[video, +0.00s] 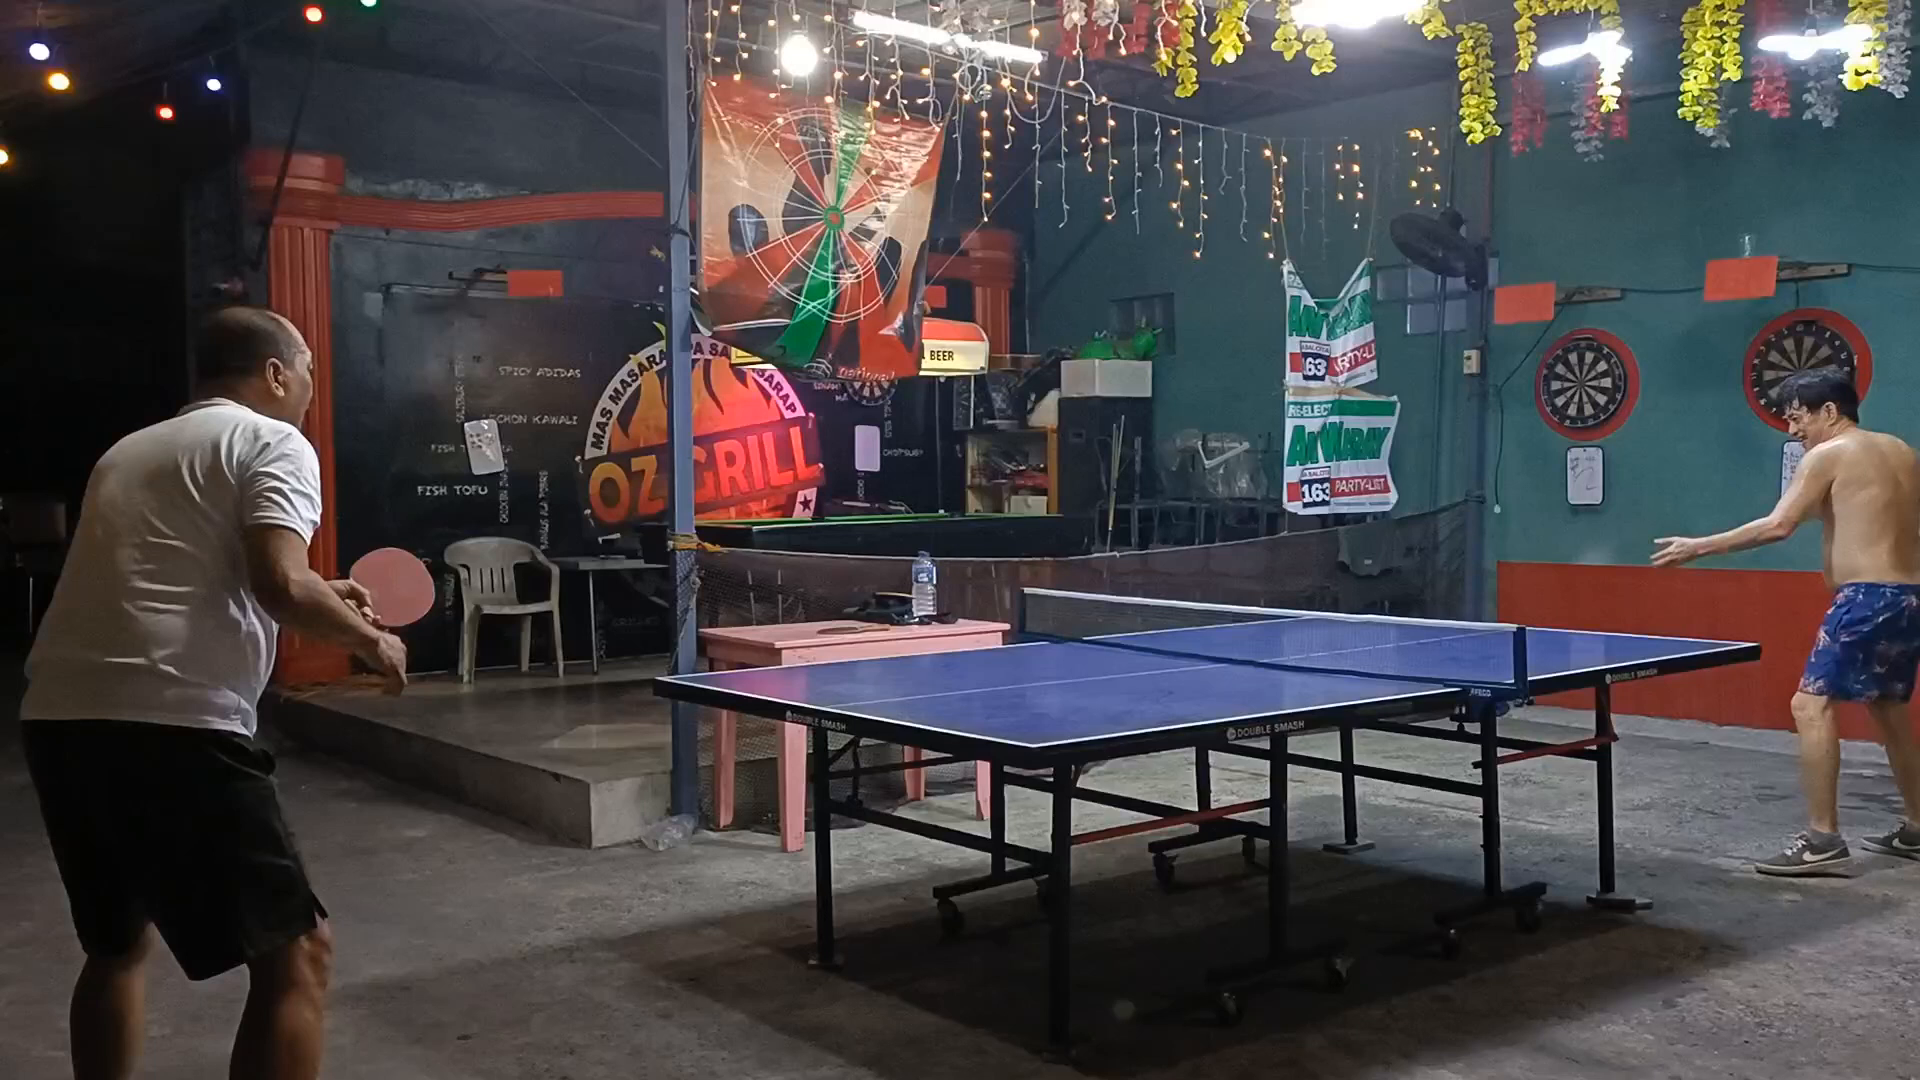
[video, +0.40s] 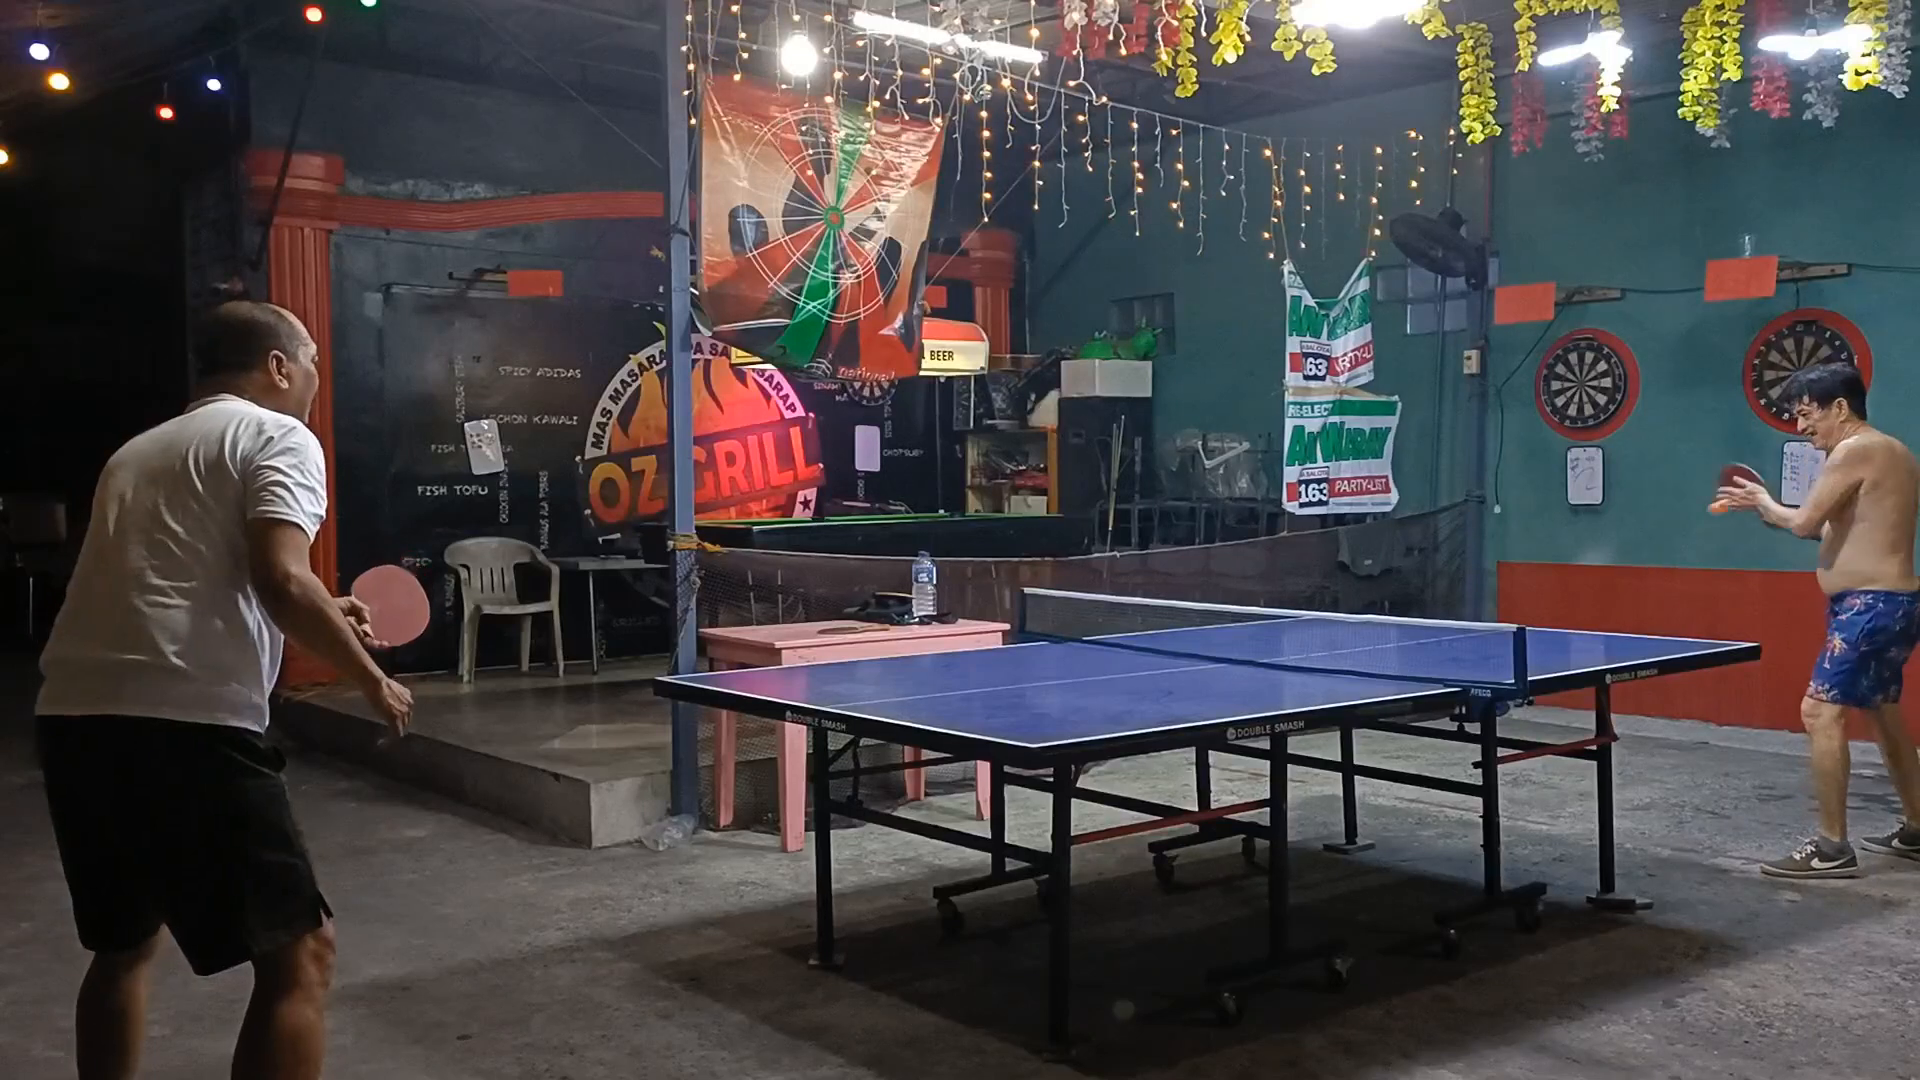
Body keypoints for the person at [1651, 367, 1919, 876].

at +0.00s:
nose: (1795, 429)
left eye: (1799, 417)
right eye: (1792, 419)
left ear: (1830, 411)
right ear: (1843, 413)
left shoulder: (1827, 455)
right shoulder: (1902, 450)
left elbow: (1778, 526)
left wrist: (1700, 545)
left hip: (1865, 600)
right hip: (1911, 600)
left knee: (1811, 707)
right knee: (1890, 710)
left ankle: (1822, 837)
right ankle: (1914, 826)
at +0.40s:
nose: (1802, 427)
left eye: (1809, 415)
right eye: (1800, 417)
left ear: (1841, 408)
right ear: (1847, 411)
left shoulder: (1853, 452)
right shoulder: (1893, 449)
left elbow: (1805, 522)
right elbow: (1827, 526)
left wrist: (1763, 503)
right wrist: (1768, 504)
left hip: (1865, 604)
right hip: (1895, 601)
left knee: (1820, 712)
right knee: (1885, 707)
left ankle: (1832, 844)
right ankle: (1915, 824)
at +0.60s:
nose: (1807, 421)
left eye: (1814, 409)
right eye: (1805, 411)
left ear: (1849, 405)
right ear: (1834, 410)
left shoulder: (1881, 451)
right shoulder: (1833, 456)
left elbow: (1881, 530)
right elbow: (1769, 480)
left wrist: (1794, 557)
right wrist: (1731, 449)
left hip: (1878, 603)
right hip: (1848, 604)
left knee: (1824, 714)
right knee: (1880, 720)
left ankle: (1833, 845)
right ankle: (1916, 825)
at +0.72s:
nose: (1812, 420)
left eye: (1820, 408)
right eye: (1809, 410)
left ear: (1856, 406)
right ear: (1817, 411)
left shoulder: (1886, 453)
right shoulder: (1829, 458)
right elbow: (1763, 482)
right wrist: (1730, 448)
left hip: (1880, 607)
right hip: (1842, 607)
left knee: (1824, 712)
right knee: (1875, 719)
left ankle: (1833, 845)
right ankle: (1916, 824)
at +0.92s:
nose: (1818, 417)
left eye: (1829, 406)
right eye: (1814, 408)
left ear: (1863, 406)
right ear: (1813, 412)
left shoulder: (1904, 455)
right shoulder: (1831, 465)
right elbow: (1787, 518)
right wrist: (1733, 521)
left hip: (1898, 602)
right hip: (1853, 605)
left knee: (1856, 713)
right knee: (1877, 720)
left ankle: (1839, 844)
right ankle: (1916, 825)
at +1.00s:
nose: (1819, 417)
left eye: (1829, 406)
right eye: (1814, 408)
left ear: (1864, 407)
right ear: (1812, 411)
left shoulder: (1904, 454)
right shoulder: (1829, 467)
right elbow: (1797, 531)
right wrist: (1743, 551)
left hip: (1903, 602)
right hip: (1858, 607)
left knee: (1872, 713)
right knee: (1867, 716)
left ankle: (1851, 844)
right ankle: (1915, 824)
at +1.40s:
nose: (1830, 424)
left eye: (1841, 413)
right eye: (1826, 415)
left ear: (1877, 416)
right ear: (1824, 419)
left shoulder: (1904, 462)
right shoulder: (1864, 474)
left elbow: (1915, 544)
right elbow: (1870, 545)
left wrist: (1845, 584)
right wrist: (1811, 582)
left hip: (1912, 622)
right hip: (1877, 623)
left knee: (1919, 728)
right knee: (1825, 704)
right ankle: (1881, 810)